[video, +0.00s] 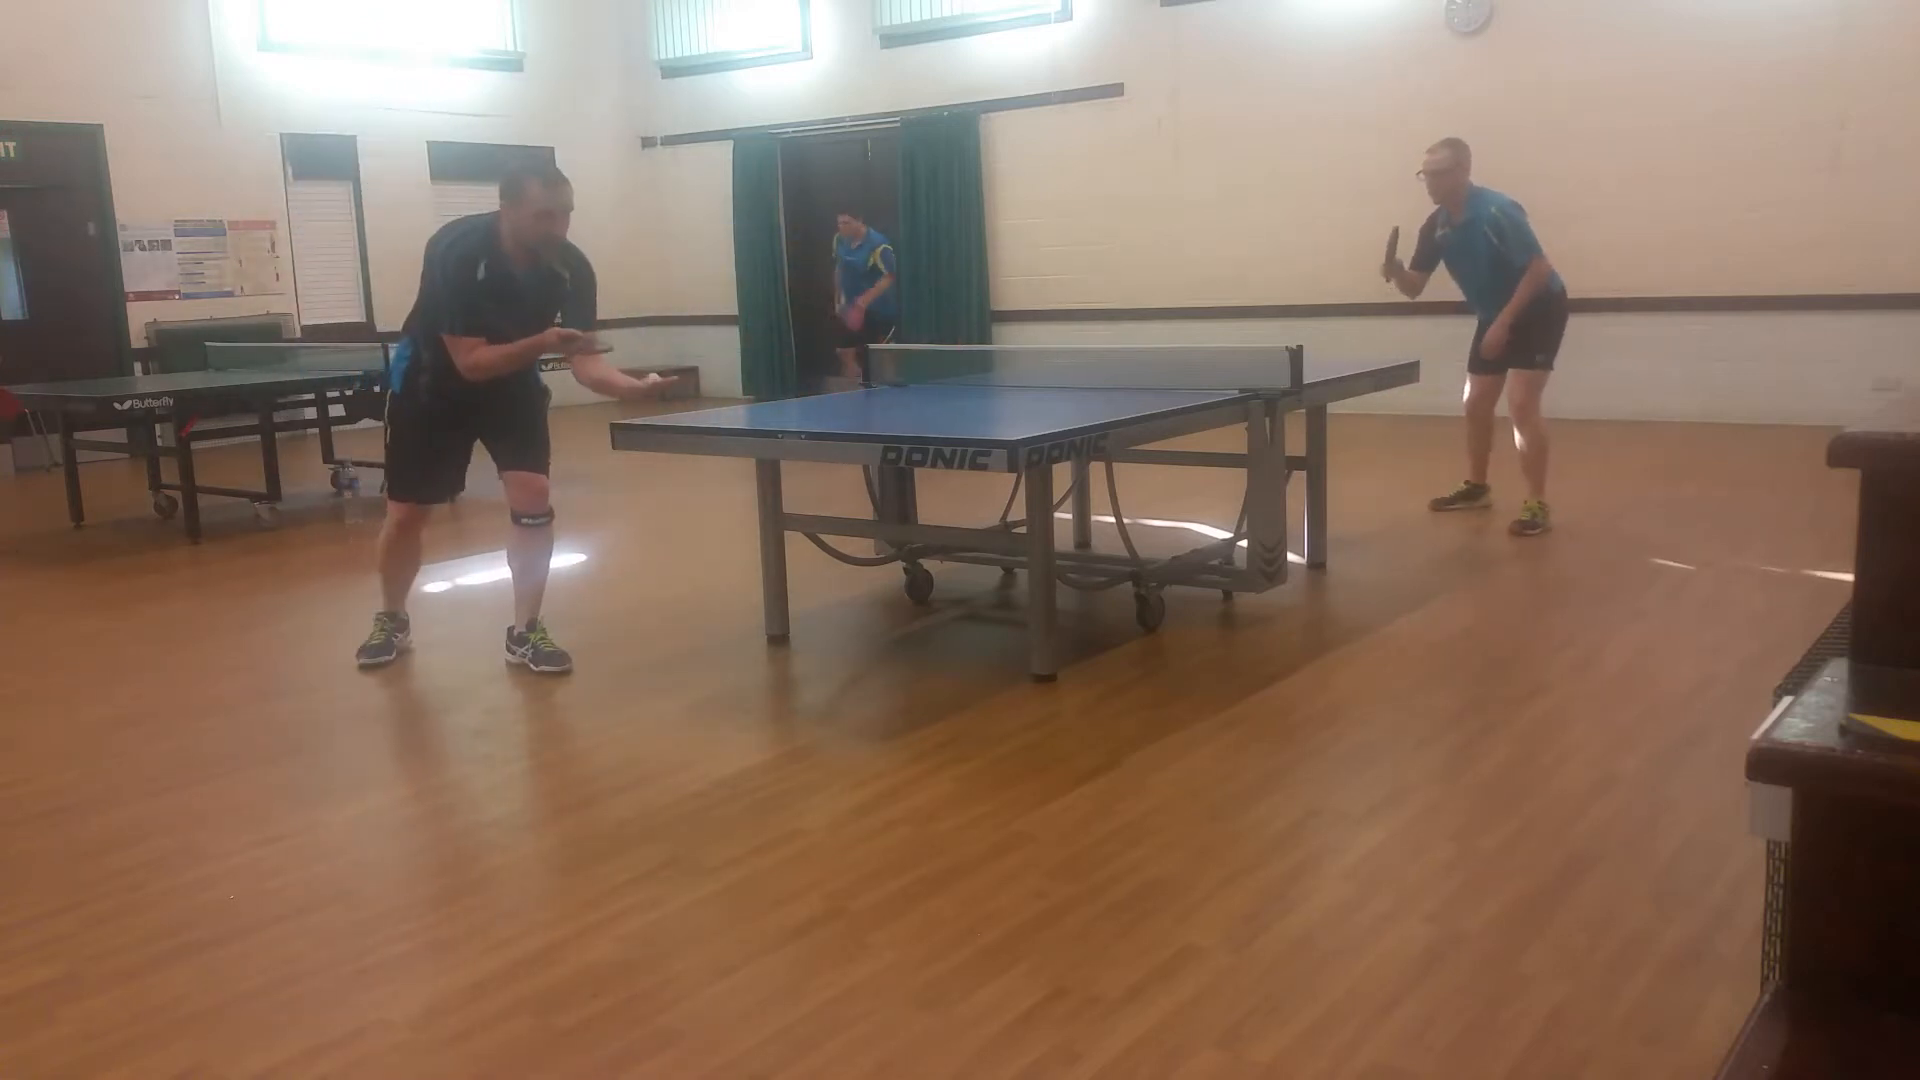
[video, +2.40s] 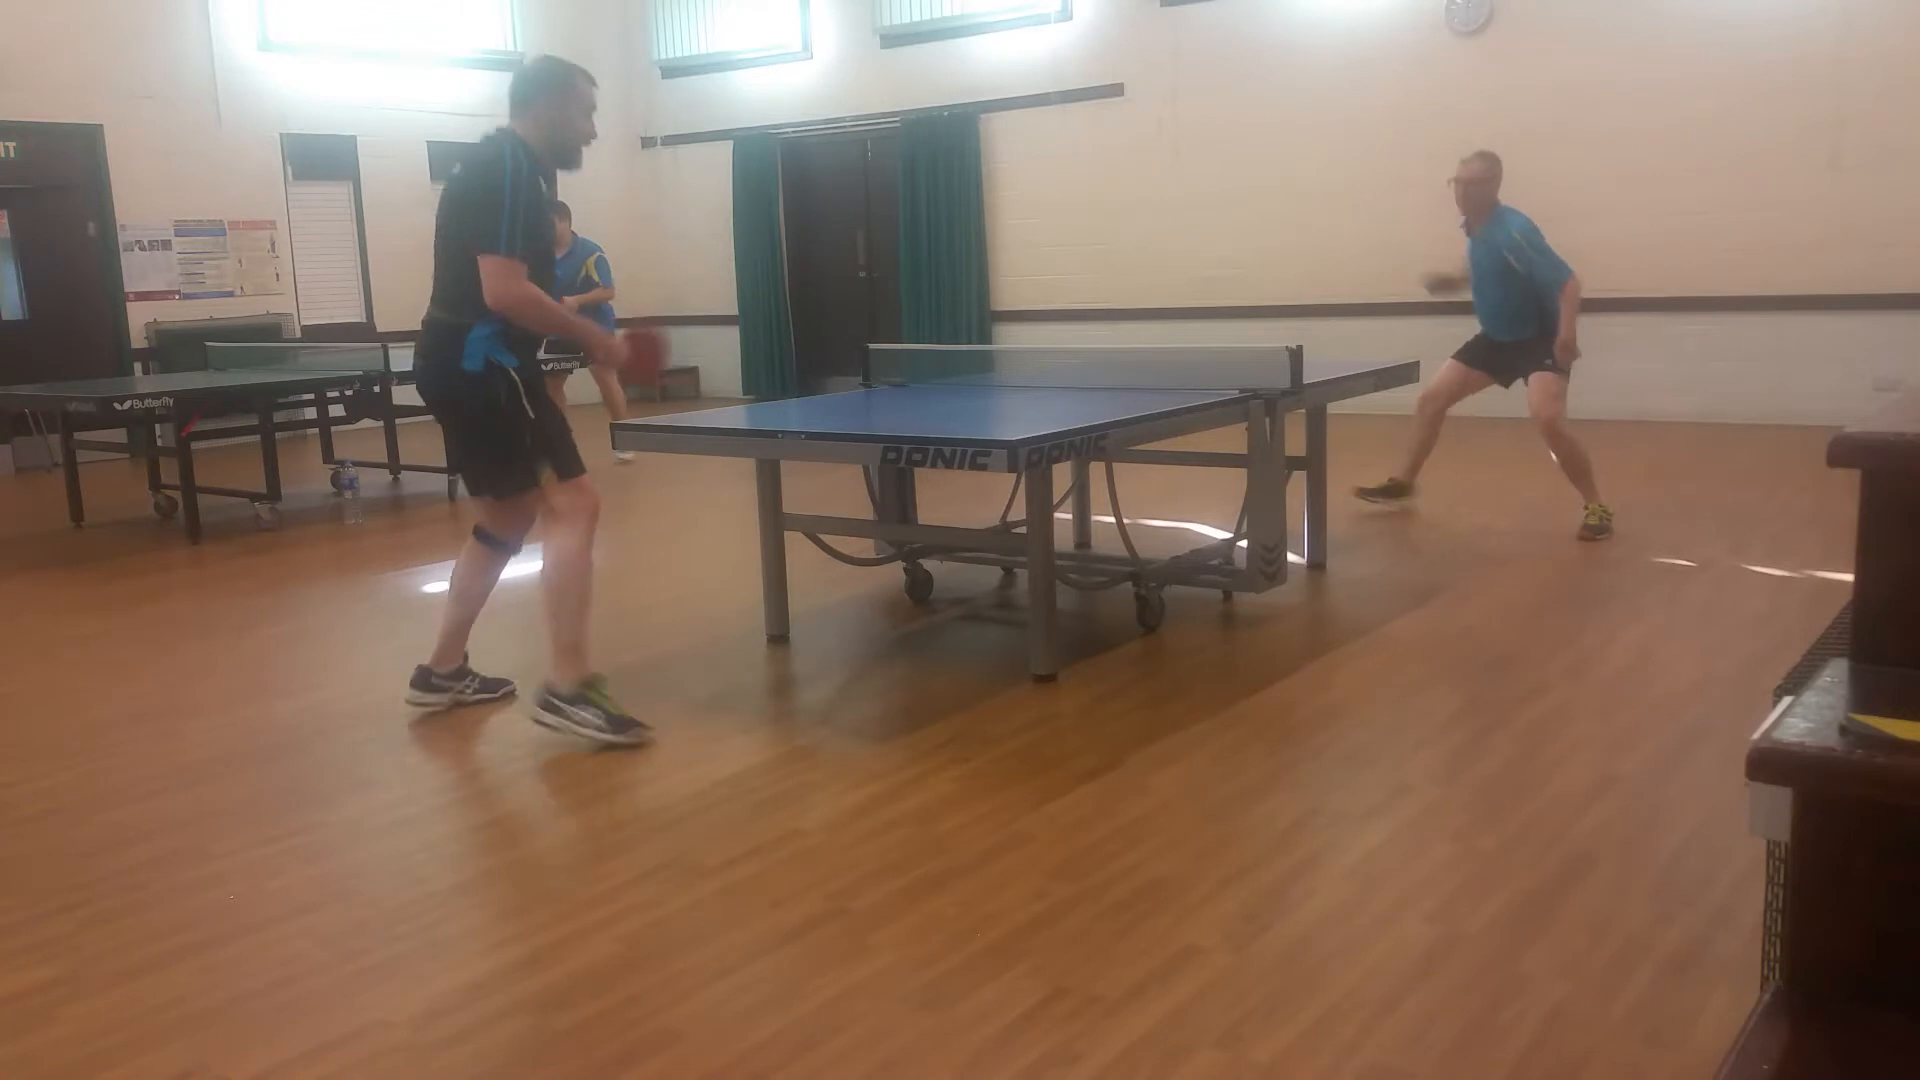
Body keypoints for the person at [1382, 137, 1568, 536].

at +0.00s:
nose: (1425, 182)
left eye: (1433, 174)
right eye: (1424, 175)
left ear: (1461, 173)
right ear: (1428, 177)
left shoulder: (1499, 211)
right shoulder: (1435, 227)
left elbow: (1539, 269)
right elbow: (1414, 286)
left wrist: (1502, 324)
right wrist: (1396, 272)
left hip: (1539, 305)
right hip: (1495, 311)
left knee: (1522, 404)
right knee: (1476, 402)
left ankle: (1536, 504)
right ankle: (1476, 486)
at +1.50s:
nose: (1426, 171)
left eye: (1435, 163)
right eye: (1424, 163)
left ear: (1462, 164)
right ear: (1426, 167)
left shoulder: (1498, 206)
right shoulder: (1436, 221)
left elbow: (1534, 271)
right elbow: (1428, 286)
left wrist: (1506, 326)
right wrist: (1398, 277)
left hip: (1527, 315)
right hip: (1481, 317)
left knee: (1506, 409)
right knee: (1434, 399)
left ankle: (1535, 503)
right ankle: (1434, 481)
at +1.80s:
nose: (1422, 203)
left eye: (1431, 196)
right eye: (1420, 195)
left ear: (1456, 198)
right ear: (1419, 198)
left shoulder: (1499, 236)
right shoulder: (1423, 248)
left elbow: (1535, 298)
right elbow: (1408, 304)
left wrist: (1501, 348)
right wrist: (1390, 324)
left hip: (1520, 327)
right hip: (1468, 331)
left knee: (1531, 409)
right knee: (1419, 408)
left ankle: (1577, 500)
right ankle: (1395, 493)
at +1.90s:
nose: (1430, 223)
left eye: (1438, 216)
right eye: (1428, 216)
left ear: (1464, 219)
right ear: (1427, 217)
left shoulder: (1506, 254)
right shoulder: (1431, 266)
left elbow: (1545, 317)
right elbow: (1423, 326)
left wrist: (1508, 364)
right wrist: (1404, 346)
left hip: (1531, 338)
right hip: (1478, 341)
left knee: (1548, 416)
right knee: (1418, 404)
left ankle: (1592, 505)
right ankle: (1393, 493)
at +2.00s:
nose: (1439, 246)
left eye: (1448, 238)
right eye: (1437, 238)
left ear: (1472, 240)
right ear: (1434, 239)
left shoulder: (1515, 268)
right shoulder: (1440, 284)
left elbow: (1558, 330)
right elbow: (1437, 342)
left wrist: (1525, 378)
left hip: (1537, 351)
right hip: (1482, 354)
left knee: (1559, 414)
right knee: (1415, 406)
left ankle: (1596, 504)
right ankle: (1393, 492)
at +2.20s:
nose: (1457, 231)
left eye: (1465, 225)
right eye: (1456, 223)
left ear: (1490, 224)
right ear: (1455, 221)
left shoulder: (1521, 257)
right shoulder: (1450, 256)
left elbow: (1581, 303)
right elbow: (1407, 288)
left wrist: (1580, 355)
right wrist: (1408, 308)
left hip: (1540, 352)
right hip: (1488, 353)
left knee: (1554, 419)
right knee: (1415, 408)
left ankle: (1596, 506)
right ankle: (1391, 492)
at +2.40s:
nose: (1460, 193)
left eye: (1470, 185)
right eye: (1458, 185)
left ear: (1493, 188)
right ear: (1455, 186)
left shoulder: (1517, 231)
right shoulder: (1473, 229)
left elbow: (1568, 283)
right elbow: (1488, 275)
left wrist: (1566, 337)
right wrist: (1454, 282)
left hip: (1541, 344)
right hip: (1496, 341)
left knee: (1547, 421)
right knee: (1432, 400)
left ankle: (1595, 507)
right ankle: (1404, 482)